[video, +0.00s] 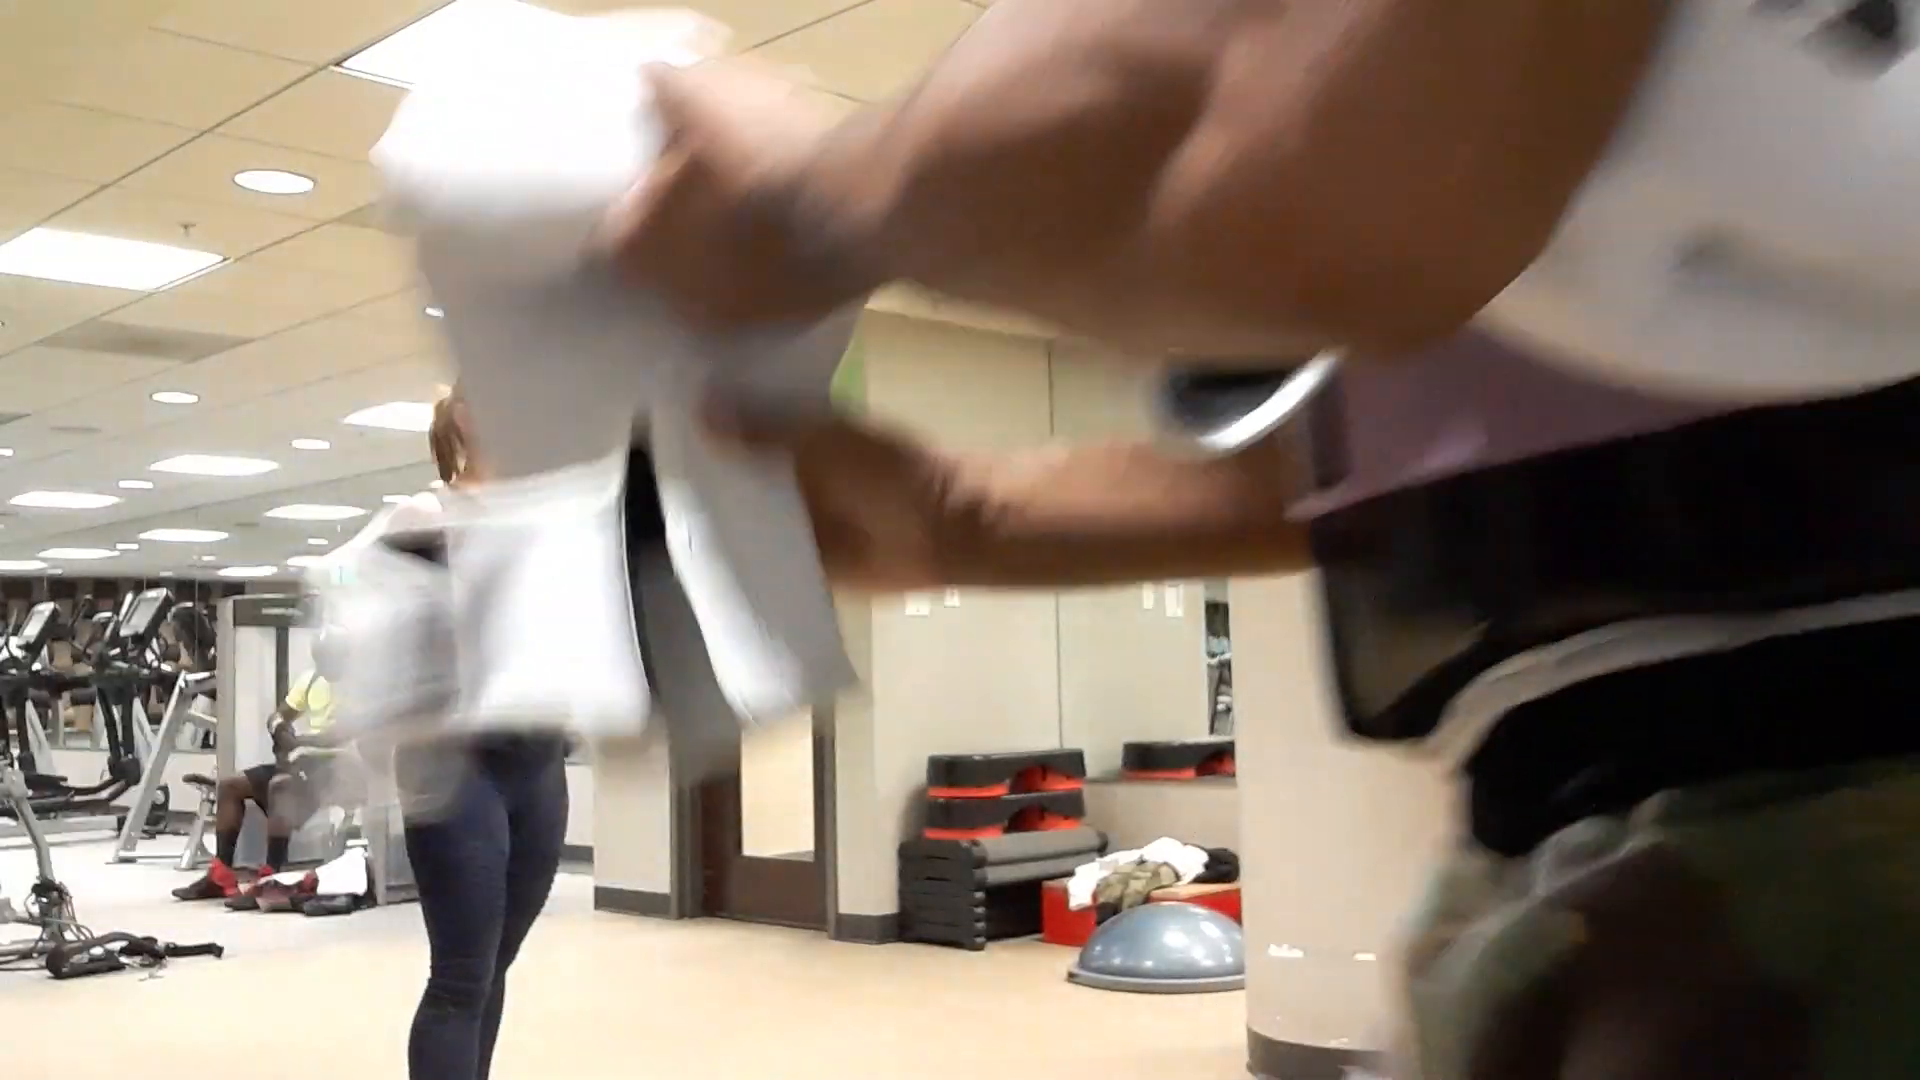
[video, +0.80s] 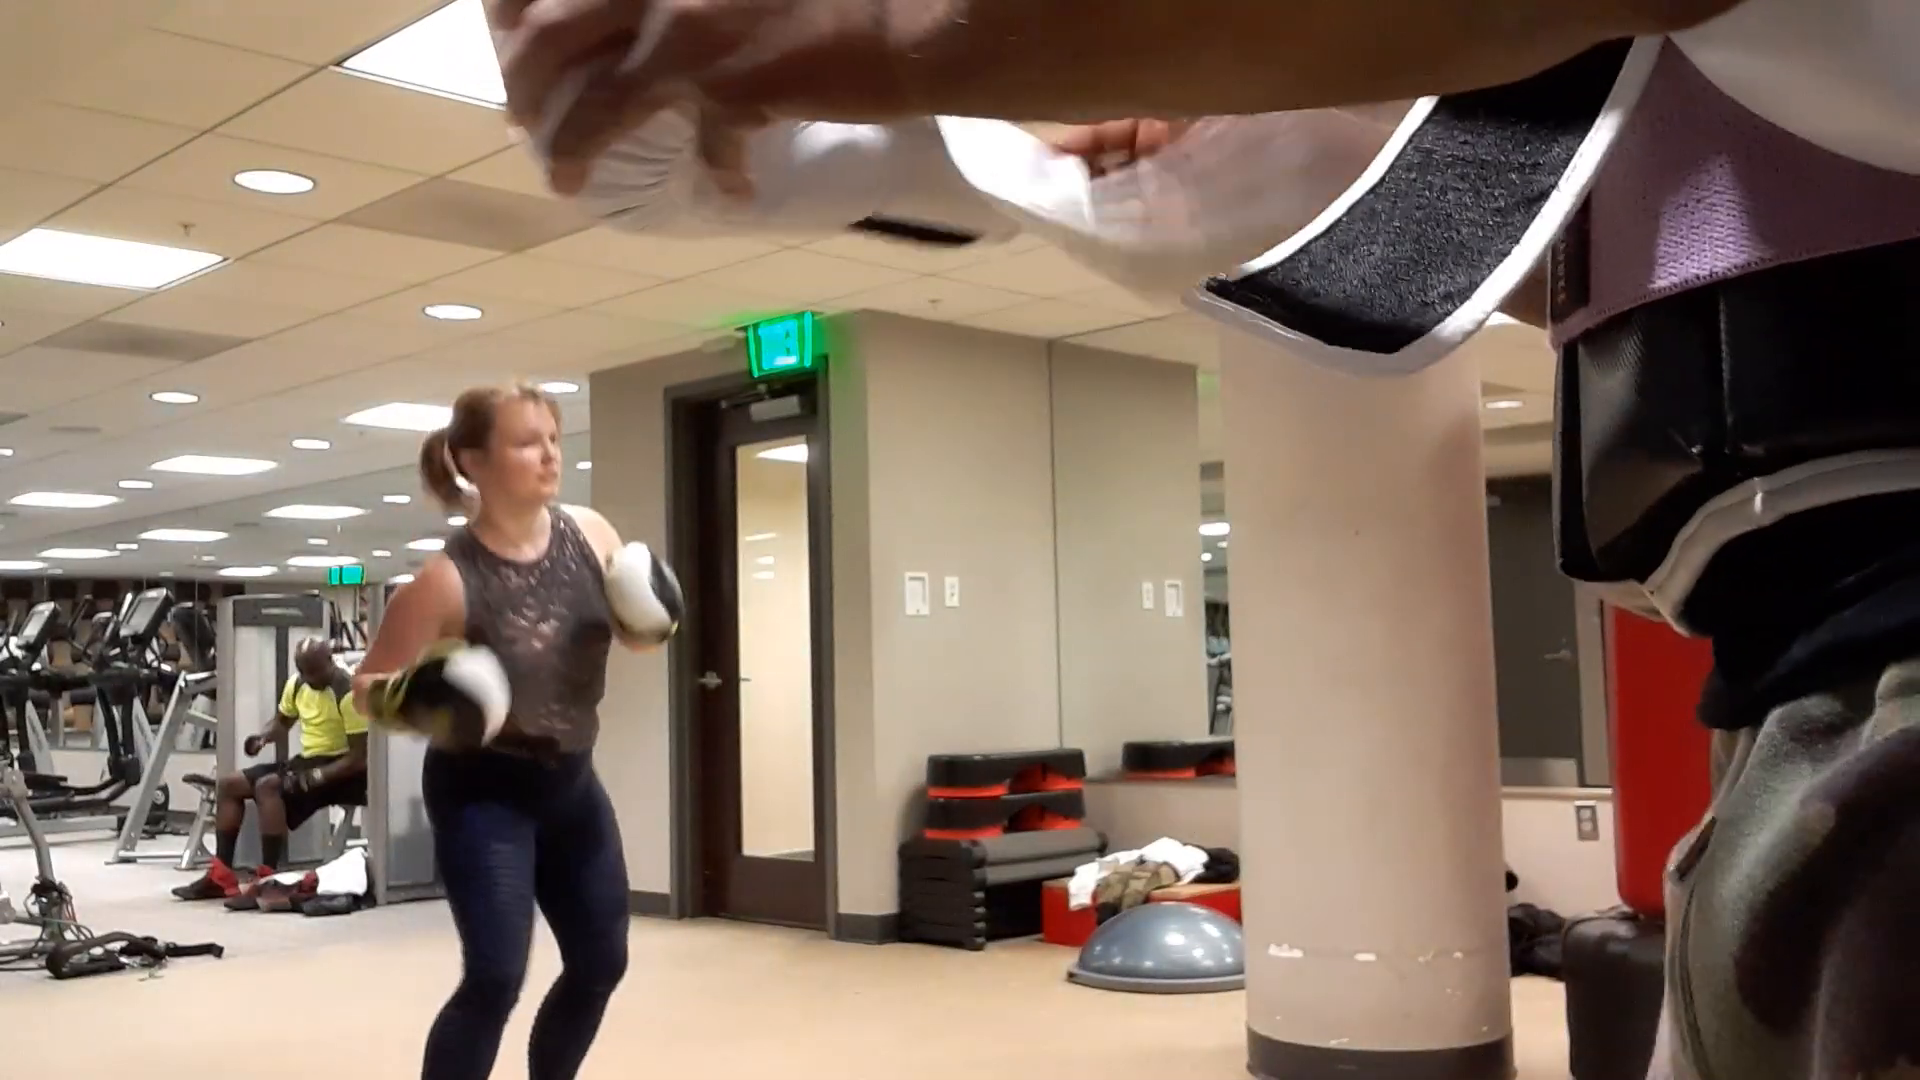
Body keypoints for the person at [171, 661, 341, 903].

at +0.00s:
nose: (324, 667)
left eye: (329, 659)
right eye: (319, 659)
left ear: (343, 656)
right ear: (314, 656)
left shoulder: (357, 684)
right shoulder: (312, 679)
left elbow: (350, 730)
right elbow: (280, 715)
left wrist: (299, 741)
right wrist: (280, 730)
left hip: (345, 769)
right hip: (307, 766)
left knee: (282, 788)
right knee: (230, 787)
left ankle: (272, 880)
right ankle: (221, 876)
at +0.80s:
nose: (309, 679)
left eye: (314, 672)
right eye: (305, 673)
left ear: (330, 662)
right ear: (300, 668)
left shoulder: (348, 692)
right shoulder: (297, 684)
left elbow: (359, 758)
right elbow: (283, 721)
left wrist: (315, 775)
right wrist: (262, 737)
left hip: (339, 766)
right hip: (305, 764)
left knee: (268, 789)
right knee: (229, 787)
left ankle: (268, 881)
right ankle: (221, 876)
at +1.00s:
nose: (275, 698)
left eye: (279, 691)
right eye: (271, 692)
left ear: (294, 680)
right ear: (267, 686)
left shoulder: (328, 707)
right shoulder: (274, 696)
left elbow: (337, 766)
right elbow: (251, 729)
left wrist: (307, 809)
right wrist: (231, 756)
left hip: (345, 772)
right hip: (304, 766)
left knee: (272, 787)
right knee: (231, 785)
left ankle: (273, 879)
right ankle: (234, 873)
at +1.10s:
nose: (253, 716)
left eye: (255, 711)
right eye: (250, 712)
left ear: (266, 701)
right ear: (253, 704)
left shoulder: (306, 718)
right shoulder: (258, 703)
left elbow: (316, 777)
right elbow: (224, 739)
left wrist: (293, 824)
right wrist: (205, 773)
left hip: (342, 766)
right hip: (294, 765)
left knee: (271, 787)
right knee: (226, 788)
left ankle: (272, 880)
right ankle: (233, 873)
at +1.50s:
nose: (212, 709)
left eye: (213, 702)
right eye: (206, 705)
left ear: (225, 685)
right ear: (199, 698)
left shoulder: (265, 701)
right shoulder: (206, 695)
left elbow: (287, 762)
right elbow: (197, 737)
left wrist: (282, 821)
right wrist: (187, 777)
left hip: (315, 728)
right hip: (273, 731)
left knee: (259, 792)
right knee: (214, 792)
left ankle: (272, 882)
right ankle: (232, 873)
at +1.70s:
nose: (212, 670)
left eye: (215, 664)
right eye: (206, 665)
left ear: (227, 651)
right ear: (200, 659)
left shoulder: (267, 669)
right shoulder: (200, 662)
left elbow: (303, 723)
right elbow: (199, 703)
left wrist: (295, 785)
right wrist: (202, 748)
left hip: (298, 714)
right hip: (257, 719)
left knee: (262, 789)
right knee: (221, 790)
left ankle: (270, 879)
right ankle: (234, 872)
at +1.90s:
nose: (230, 622)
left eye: (235, 613)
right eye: (225, 615)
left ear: (250, 606)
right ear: (218, 611)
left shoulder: (278, 636)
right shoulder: (207, 629)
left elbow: (318, 689)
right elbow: (198, 671)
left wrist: (300, 741)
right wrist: (206, 713)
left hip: (282, 712)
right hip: (241, 712)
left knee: (258, 786)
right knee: (225, 787)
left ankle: (269, 878)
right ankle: (231, 871)